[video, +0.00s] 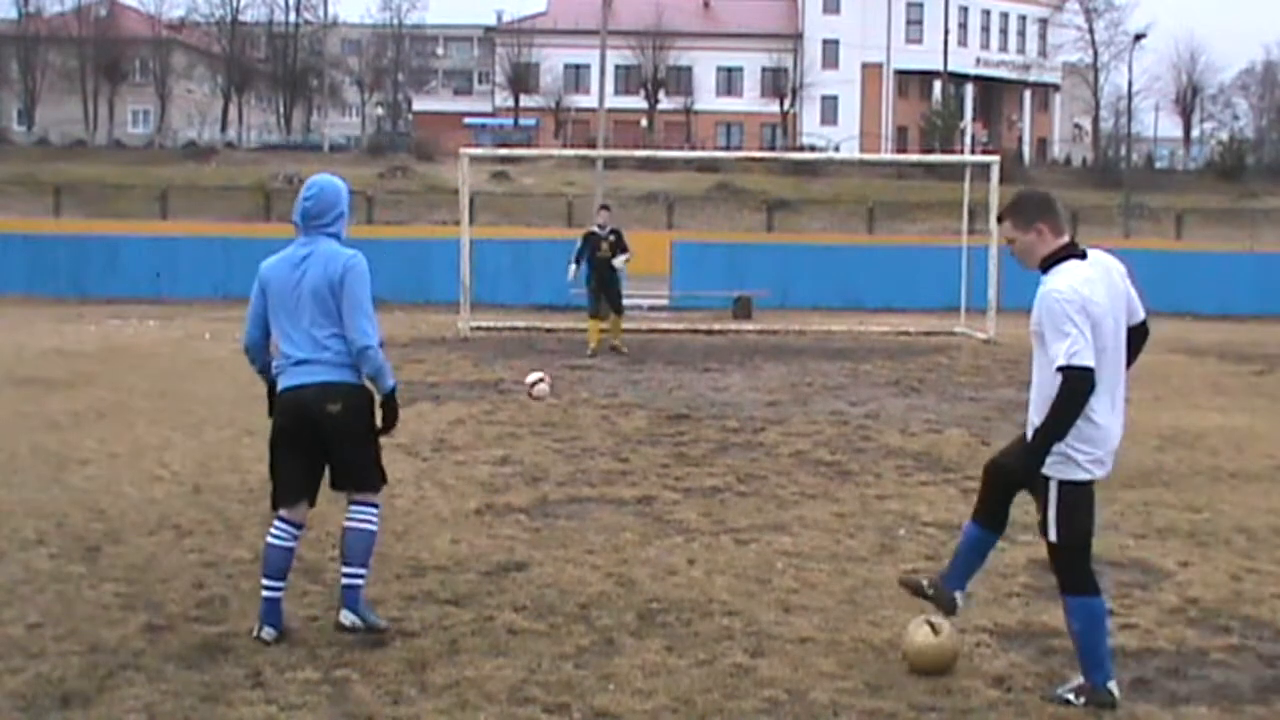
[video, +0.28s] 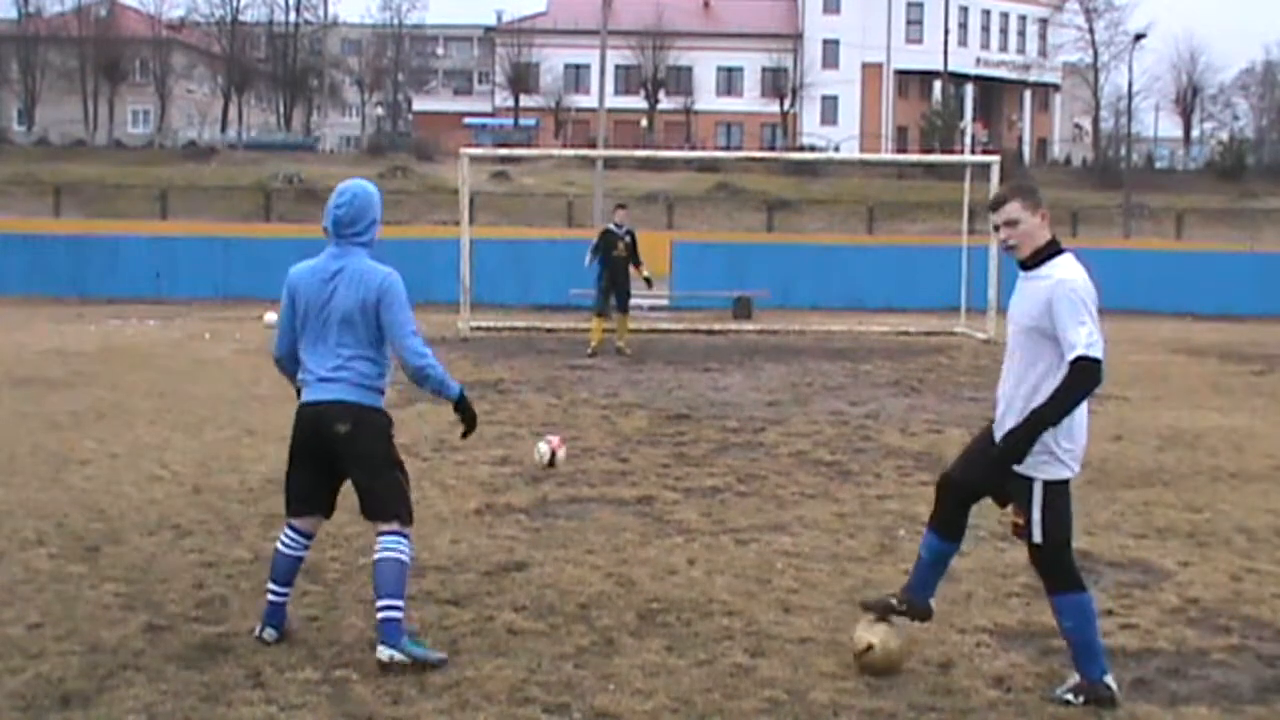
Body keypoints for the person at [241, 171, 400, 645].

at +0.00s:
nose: (349, 219)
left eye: (343, 211)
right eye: (347, 212)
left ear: (300, 213)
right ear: (341, 215)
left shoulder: (271, 266)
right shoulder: (350, 263)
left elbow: (254, 340)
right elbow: (362, 342)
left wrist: (272, 376)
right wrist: (388, 387)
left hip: (291, 400)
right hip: (344, 398)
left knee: (291, 506)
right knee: (364, 494)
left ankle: (270, 616)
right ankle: (352, 605)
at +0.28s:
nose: (379, 228)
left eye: (370, 219)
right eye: (378, 221)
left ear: (330, 222)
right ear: (374, 225)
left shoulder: (300, 275)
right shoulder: (384, 280)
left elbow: (283, 353)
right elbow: (411, 355)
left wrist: (311, 385)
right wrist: (456, 395)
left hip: (311, 418)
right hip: (363, 419)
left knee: (302, 519)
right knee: (392, 523)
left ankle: (271, 621)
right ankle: (392, 637)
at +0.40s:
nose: (401, 230)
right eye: (401, 223)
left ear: (356, 228)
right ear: (401, 228)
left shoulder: (328, 285)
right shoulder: (415, 288)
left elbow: (306, 360)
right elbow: (447, 364)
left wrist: (312, 399)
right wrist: (487, 400)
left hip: (333, 425)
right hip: (386, 427)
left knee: (318, 523)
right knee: (402, 536)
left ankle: (282, 618)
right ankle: (389, 652)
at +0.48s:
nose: (417, 225)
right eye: (416, 217)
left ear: (370, 220)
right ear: (414, 222)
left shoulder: (340, 277)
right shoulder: (429, 280)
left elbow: (320, 354)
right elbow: (458, 353)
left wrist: (317, 403)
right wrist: (493, 393)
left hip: (346, 420)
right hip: (399, 424)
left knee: (339, 517)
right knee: (405, 533)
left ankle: (300, 618)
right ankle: (390, 650)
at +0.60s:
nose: (431, 215)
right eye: (430, 207)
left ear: (382, 206)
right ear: (428, 210)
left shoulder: (351, 264)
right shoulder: (443, 265)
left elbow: (326, 342)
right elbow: (468, 339)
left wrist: (318, 399)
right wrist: (493, 384)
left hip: (363, 407)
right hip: (414, 412)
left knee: (373, 514)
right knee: (410, 528)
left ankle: (350, 627)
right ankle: (395, 643)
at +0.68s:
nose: (439, 213)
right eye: (438, 205)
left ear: (387, 204)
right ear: (433, 208)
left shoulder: (354, 260)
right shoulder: (444, 261)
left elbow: (329, 338)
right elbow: (471, 339)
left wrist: (318, 396)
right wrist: (495, 385)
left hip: (372, 408)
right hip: (425, 411)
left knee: (394, 518)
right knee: (423, 524)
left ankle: (387, 630)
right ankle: (402, 636)